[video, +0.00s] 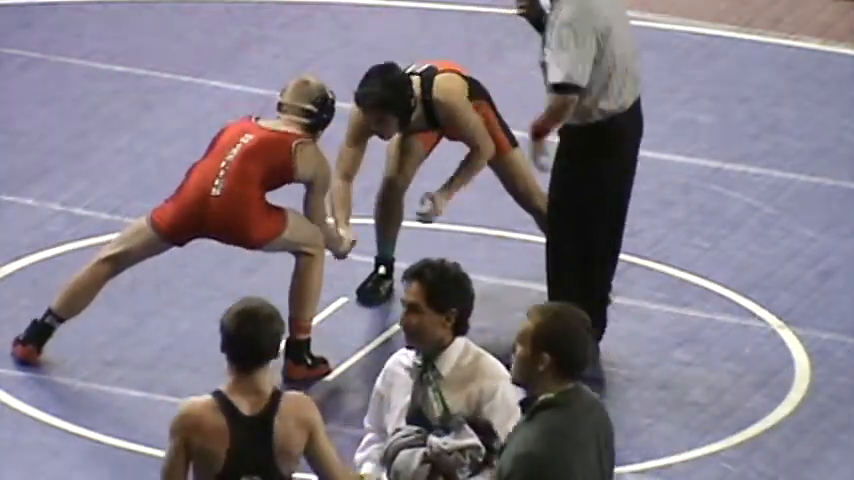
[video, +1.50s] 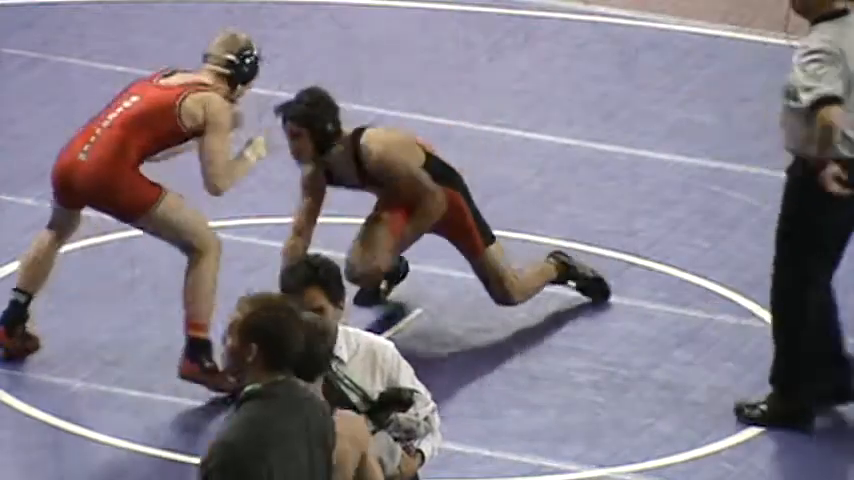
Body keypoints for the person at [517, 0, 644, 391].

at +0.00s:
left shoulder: (572, 15)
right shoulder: (593, 5)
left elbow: (566, 98)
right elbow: (568, 49)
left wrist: (538, 130)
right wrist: (535, 16)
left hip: (593, 130)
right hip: (619, 118)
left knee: (568, 231)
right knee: (597, 229)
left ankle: (567, 332)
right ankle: (588, 327)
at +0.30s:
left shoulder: (600, 16)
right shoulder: (639, 5)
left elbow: (517, 31)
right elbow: (611, 37)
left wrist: (477, 8)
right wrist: (557, 44)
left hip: (606, 135)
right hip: (635, 125)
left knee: (578, 245)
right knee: (607, 232)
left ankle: (566, 358)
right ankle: (638, 332)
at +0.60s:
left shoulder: (651, 16)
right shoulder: (696, 8)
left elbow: (584, 2)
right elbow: (677, 66)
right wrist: (628, 89)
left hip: (649, 147)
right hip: (679, 140)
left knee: (606, 260)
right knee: (667, 255)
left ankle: (565, 360)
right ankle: (680, 362)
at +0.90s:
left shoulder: (711, 22)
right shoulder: (744, 9)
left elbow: (643, 4)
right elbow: (734, 74)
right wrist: (685, 101)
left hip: (704, 151)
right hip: (722, 143)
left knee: (642, 244)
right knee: (694, 254)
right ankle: (684, 359)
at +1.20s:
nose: (736, 0)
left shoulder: (767, 37)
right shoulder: (802, 22)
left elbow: (704, 65)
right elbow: (828, 87)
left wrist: (665, 45)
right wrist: (783, 108)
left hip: (761, 165)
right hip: (787, 160)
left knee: (753, 271)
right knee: (736, 266)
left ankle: (792, 400)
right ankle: (694, 358)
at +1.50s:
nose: (791, 5)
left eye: (795, 1)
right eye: (793, 0)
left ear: (812, 2)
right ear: (834, 0)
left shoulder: (820, 44)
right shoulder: (842, 30)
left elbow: (829, 107)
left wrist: (831, 158)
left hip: (816, 177)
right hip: (838, 176)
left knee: (794, 284)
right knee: (814, 280)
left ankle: (792, 398)